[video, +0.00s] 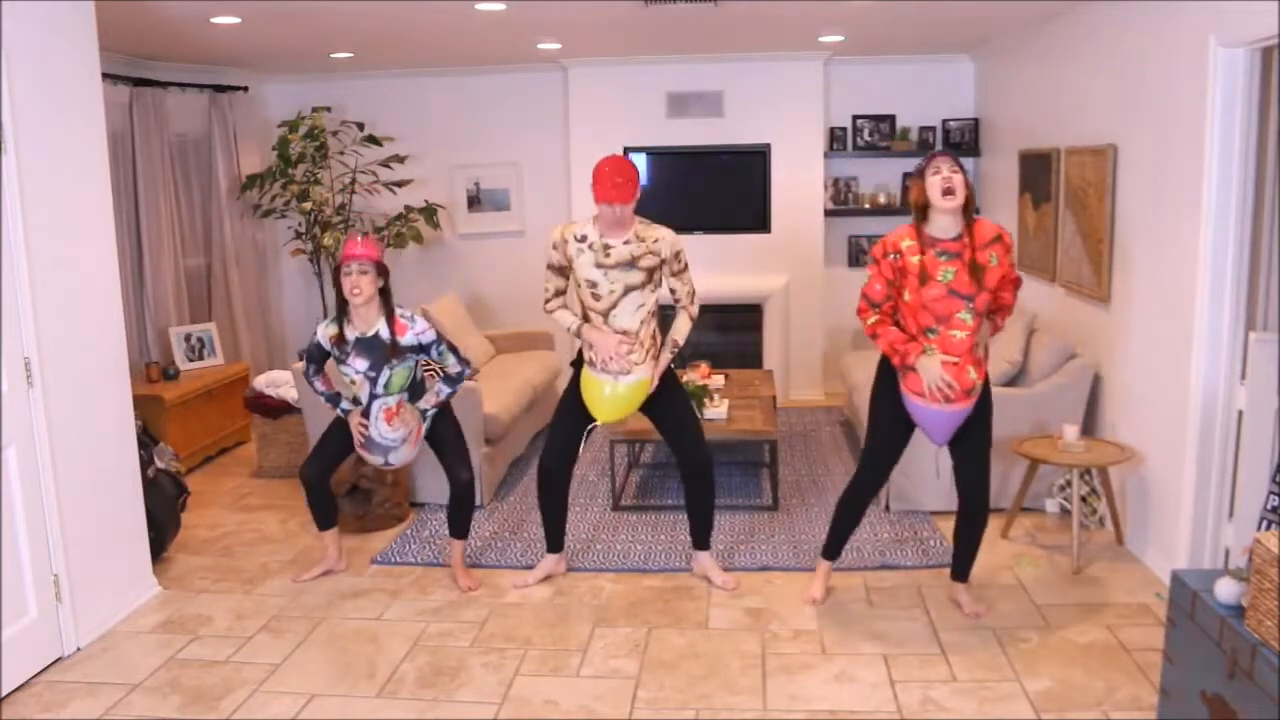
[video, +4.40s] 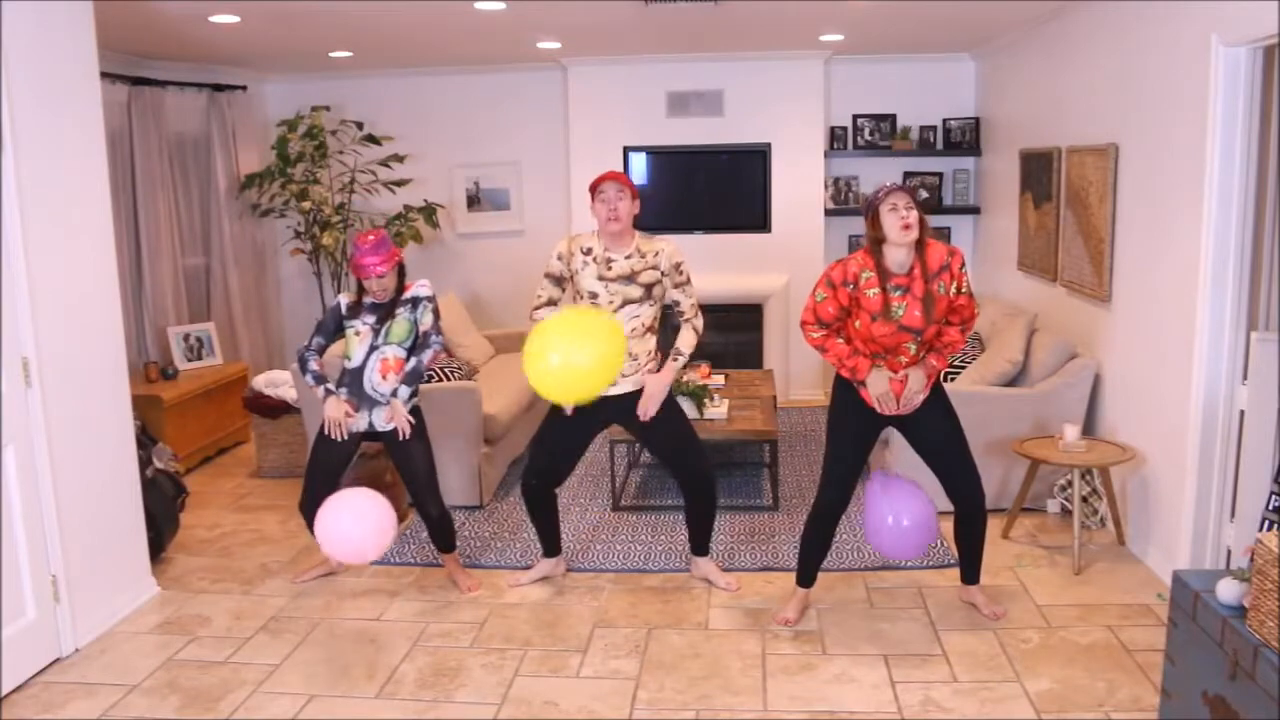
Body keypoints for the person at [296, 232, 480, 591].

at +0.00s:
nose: (354, 281)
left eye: (364, 272)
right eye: (347, 273)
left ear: (380, 279)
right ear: (339, 281)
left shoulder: (410, 324)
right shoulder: (331, 332)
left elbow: (460, 368)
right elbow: (311, 370)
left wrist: (421, 409)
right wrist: (347, 410)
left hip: (420, 403)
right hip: (365, 409)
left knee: (463, 477)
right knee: (312, 474)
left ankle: (457, 560)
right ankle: (333, 555)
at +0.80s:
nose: (357, 255)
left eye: (362, 245)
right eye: (348, 249)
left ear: (377, 229)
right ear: (337, 243)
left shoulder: (413, 264)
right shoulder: (328, 272)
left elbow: (452, 322)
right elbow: (301, 322)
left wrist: (413, 361)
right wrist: (328, 358)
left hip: (410, 380)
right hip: (356, 383)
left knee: (432, 469)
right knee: (333, 466)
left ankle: (454, 560)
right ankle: (334, 554)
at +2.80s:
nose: (365, 260)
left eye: (372, 251)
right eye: (357, 253)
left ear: (387, 241)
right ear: (347, 250)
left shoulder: (417, 276)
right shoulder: (336, 284)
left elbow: (456, 334)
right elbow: (304, 335)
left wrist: (417, 373)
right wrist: (333, 373)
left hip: (408, 390)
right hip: (356, 392)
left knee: (445, 478)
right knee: (314, 483)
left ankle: (455, 560)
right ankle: (333, 555)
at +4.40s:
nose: (376, 286)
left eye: (383, 277)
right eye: (368, 279)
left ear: (398, 268)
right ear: (357, 276)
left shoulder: (418, 296)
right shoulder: (346, 307)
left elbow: (433, 346)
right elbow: (309, 354)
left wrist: (400, 398)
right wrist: (328, 396)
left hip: (398, 411)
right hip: (348, 411)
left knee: (429, 502)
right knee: (311, 502)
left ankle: (452, 562)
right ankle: (333, 556)